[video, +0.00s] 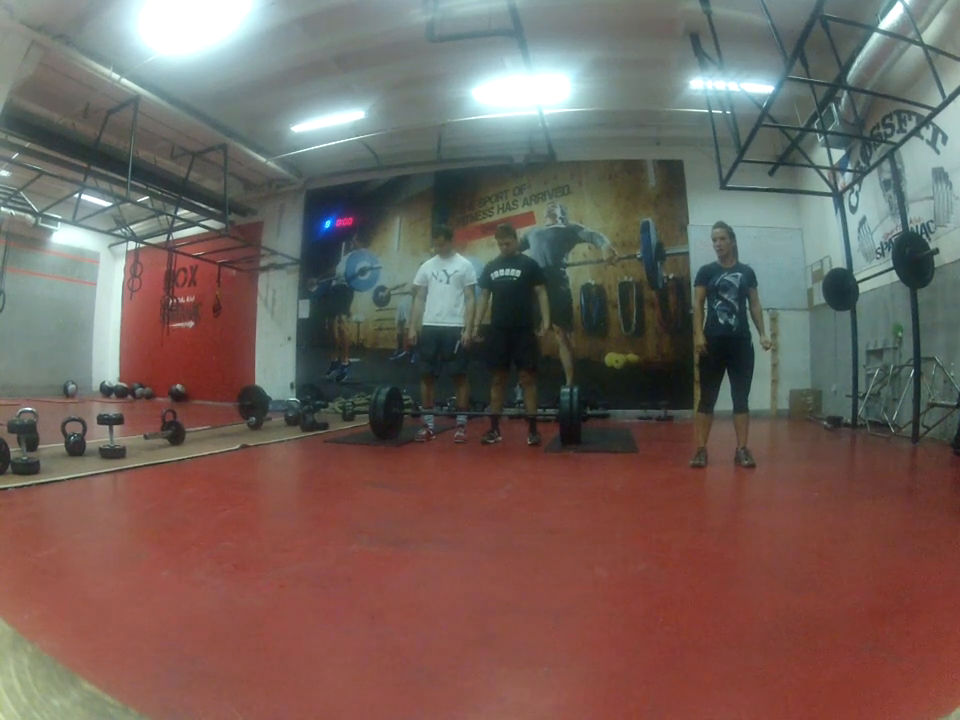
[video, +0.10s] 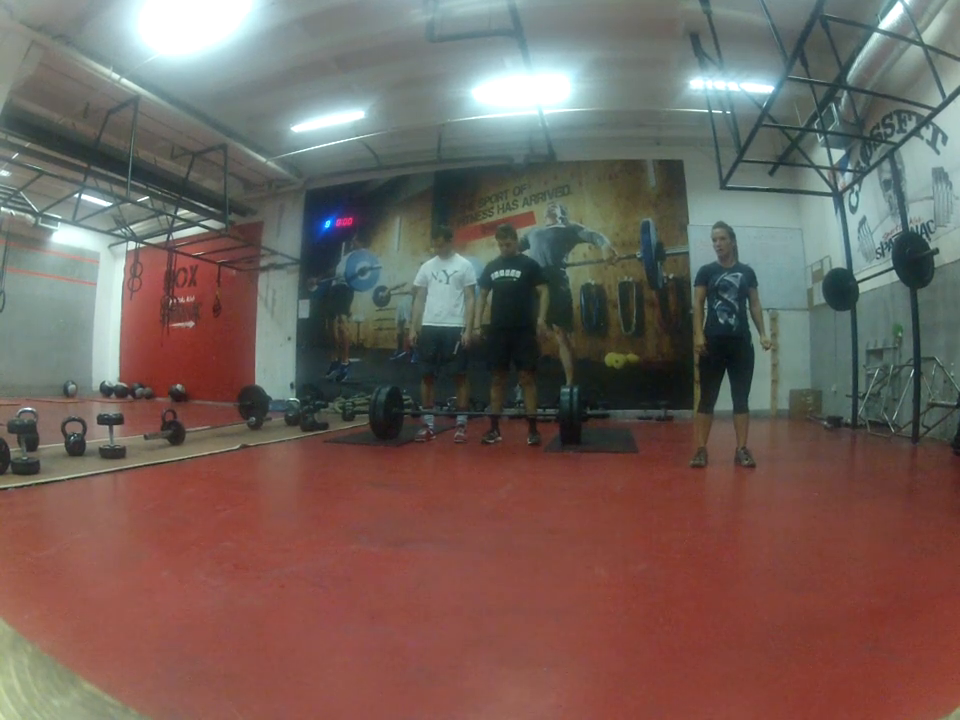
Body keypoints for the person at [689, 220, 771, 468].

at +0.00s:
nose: (718, 244)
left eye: (722, 239)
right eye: (715, 240)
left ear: (733, 242)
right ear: (712, 244)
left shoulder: (746, 272)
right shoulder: (706, 272)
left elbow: (754, 305)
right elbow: (698, 305)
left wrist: (762, 333)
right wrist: (698, 335)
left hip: (740, 343)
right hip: (712, 343)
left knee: (740, 400)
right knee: (707, 399)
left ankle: (742, 449)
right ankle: (700, 450)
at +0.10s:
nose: (718, 244)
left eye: (722, 239)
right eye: (715, 240)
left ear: (733, 241)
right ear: (712, 244)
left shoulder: (746, 272)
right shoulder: (706, 272)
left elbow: (755, 305)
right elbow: (698, 305)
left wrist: (762, 333)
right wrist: (698, 335)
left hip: (740, 343)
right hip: (712, 342)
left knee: (741, 400)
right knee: (707, 400)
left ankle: (742, 449)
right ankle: (700, 450)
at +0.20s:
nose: (718, 244)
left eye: (722, 239)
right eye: (715, 240)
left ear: (733, 241)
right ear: (712, 244)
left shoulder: (746, 272)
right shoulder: (706, 272)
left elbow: (755, 305)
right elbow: (698, 305)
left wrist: (762, 333)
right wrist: (698, 335)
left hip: (740, 343)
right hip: (712, 342)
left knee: (741, 400)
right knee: (707, 400)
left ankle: (742, 449)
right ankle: (700, 450)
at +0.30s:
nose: (718, 244)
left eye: (722, 239)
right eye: (715, 240)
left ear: (733, 242)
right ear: (712, 244)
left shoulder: (746, 272)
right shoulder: (706, 272)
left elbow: (755, 305)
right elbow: (698, 306)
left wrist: (762, 333)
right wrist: (698, 335)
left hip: (740, 343)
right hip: (712, 343)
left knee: (741, 400)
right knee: (707, 400)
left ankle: (742, 449)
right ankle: (700, 450)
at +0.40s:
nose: (718, 244)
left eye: (722, 239)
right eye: (715, 240)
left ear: (733, 242)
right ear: (712, 244)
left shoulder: (746, 272)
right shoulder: (706, 272)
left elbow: (755, 305)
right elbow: (698, 306)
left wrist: (762, 334)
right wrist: (698, 335)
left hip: (740, 343)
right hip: (712, 343)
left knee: (741, 400)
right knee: (707, 400)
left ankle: (742, 449)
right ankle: (700, 450)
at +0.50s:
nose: (718, 244)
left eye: (722, 239)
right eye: (715, 240)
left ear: (733, 242)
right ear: (712, 244)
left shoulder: (746, 272)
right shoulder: (706, 272)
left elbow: (754, 305)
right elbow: (698, 305)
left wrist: (762, 334)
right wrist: (698, 335)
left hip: (740, 343)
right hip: (712, 343)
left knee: (741, 400)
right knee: (707, 400)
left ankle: (742, 449)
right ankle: (700, 450)